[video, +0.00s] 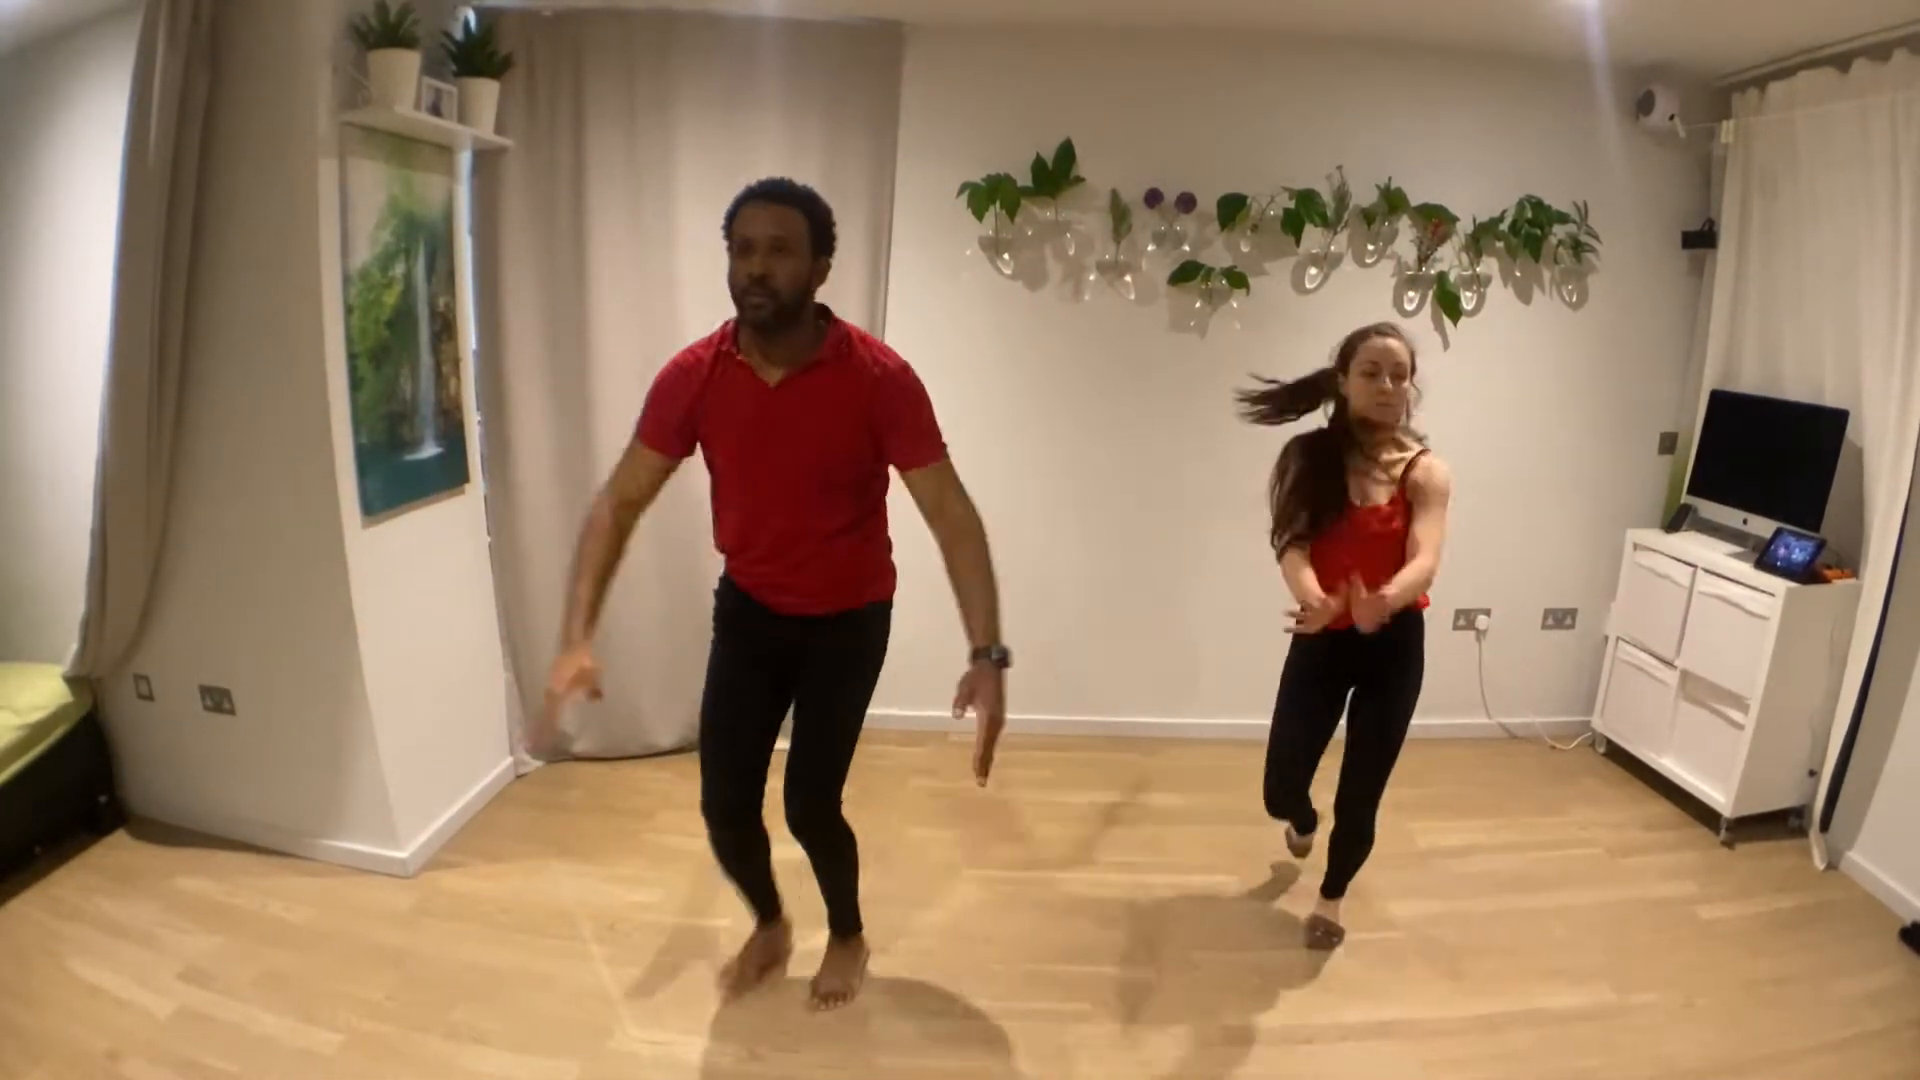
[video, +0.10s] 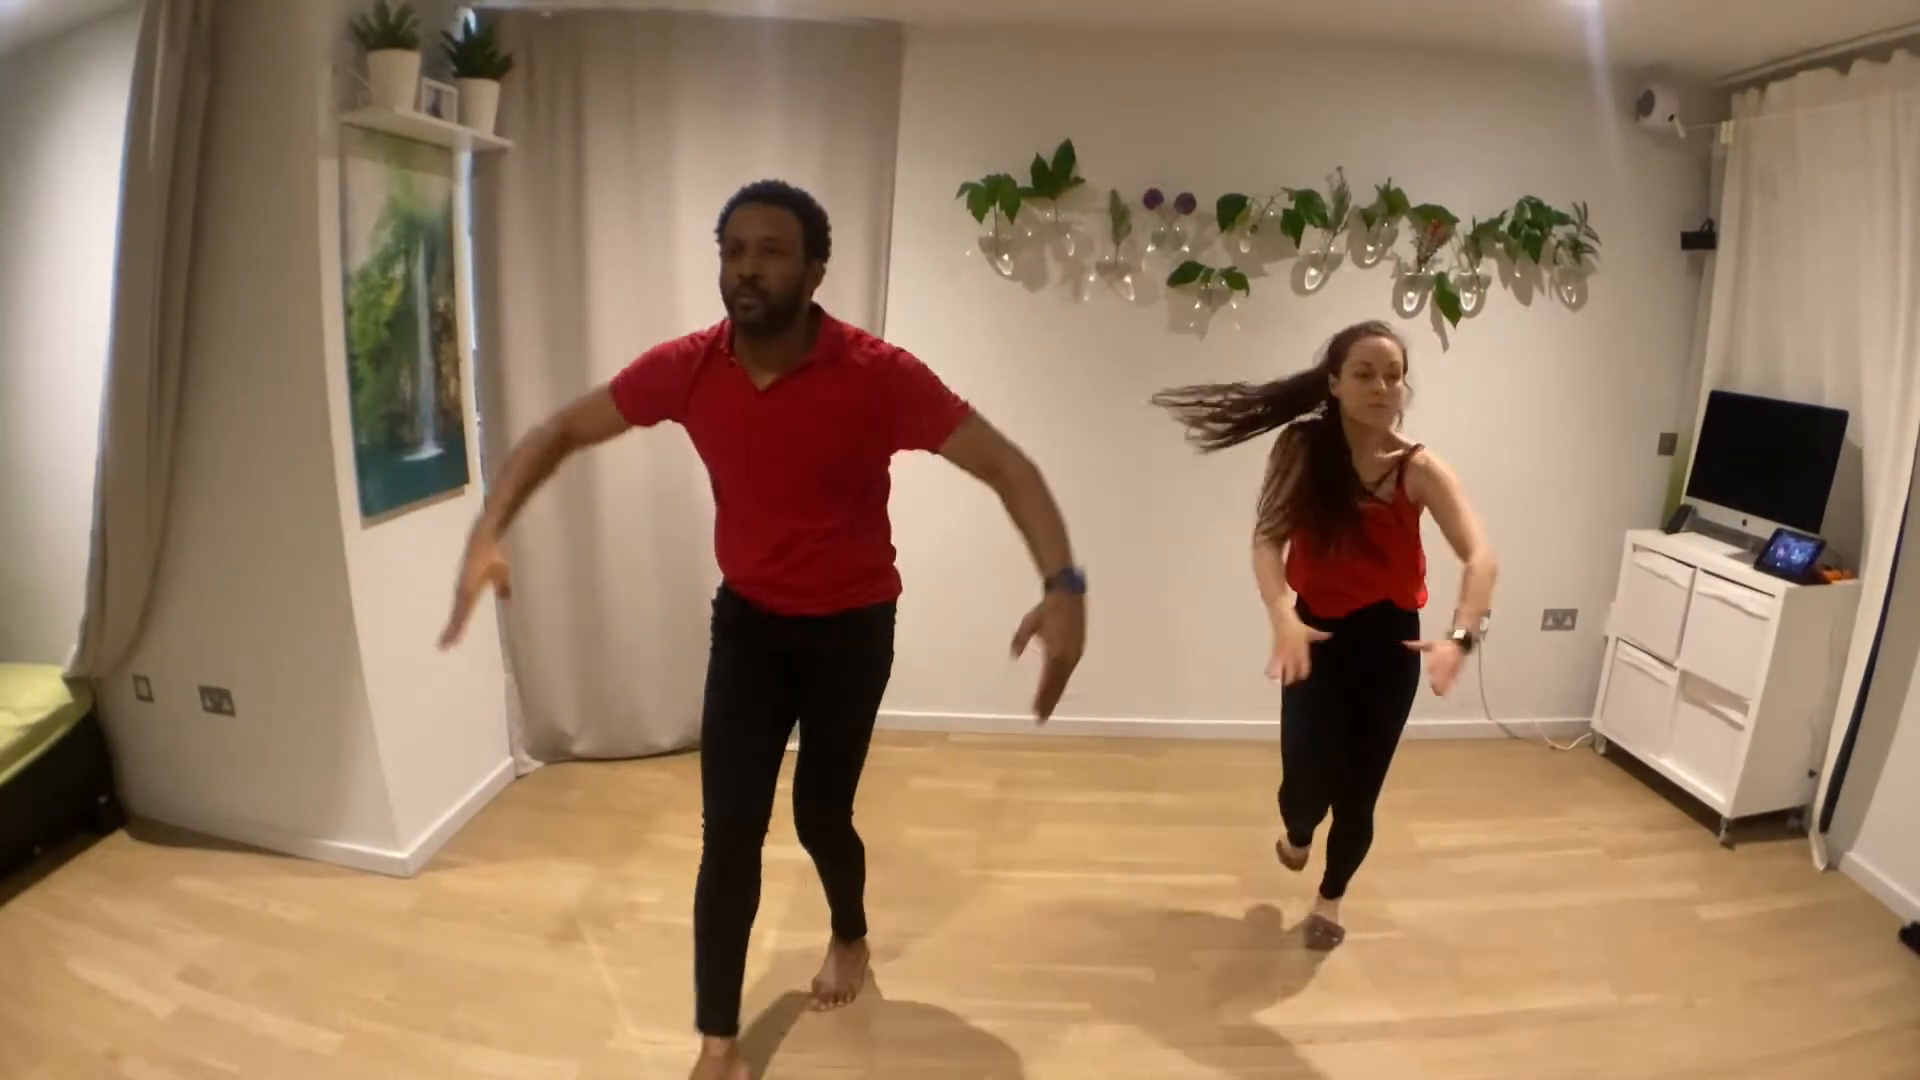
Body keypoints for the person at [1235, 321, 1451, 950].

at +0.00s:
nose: (1386, 386)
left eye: (1399, 376)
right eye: (1371, 373)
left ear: (1412, 388)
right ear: (1342, 382)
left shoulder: (1426, 472)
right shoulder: (1308, 457)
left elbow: (1427, 559)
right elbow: (1291, 545)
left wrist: (1387, 600)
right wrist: (1314, 596)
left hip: (1394, 647)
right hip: (1321, 640)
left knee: (1357, 796)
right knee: (1281, 790)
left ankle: (1332, 899)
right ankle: (1305, 825)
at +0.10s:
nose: (1382, 387)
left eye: (1394, 376)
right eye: (1365, 375)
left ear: (1405, 388)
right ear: (1334, 384)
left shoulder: (1419, 469)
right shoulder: (1300, 449)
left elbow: (1480, 556)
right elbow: (1266, 540)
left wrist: (1461, 639)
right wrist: (1283, 617)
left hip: (1389, 632)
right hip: (1314, 625)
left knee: (1360, 786)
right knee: (1310, 775)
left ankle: (1331, 901)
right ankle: (1298, 832)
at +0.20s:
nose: (1378, 385)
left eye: (1389, 372)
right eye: (1361, 372)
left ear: (1402, 382)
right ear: (1328, 381)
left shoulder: (1420, 462)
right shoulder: (1290, 448)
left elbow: (1521, 516)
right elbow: (1220, 511)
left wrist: (1552, 610)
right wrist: (1193, 585)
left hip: (1387, 639)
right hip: (1312, 634)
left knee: (1356, 793)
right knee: (1315, 782)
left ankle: (1324, 895)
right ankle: (1287, 907)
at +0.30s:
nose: (1375, 387)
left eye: (1386, 374)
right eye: (1357, 374)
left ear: (1396, 382)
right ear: (1320, 381)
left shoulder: (1410, 456)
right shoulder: (1281, 442)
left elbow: (1529, 486)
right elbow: (1189, 481)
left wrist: (1593, 559)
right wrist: (1124, 534)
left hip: (1386, 652)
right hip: (1309, 650)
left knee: (1350, 808)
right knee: (1297, 813)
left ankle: (1313, 894)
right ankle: (1259, 977)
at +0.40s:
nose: (1366, 388)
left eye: (1377, 374)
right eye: (1348, 374)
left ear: (1390, 384)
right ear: (1313, 385)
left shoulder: (1401, 451)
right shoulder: (1277, 445)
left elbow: (1514, 468)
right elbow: (1175, 458)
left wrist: (1594, 515)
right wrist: (1085, 482)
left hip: (1382, 662)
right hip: (1303, 663)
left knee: (1346, 816)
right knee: (1287, 835)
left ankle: (1307, 894)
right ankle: (1240, 1008)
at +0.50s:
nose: (1358, 392)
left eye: (1369, 378)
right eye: (1341, 378)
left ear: (1382, 388)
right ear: (1303, 388)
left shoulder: (1390, 452)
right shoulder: (1264, 447)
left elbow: (1494, 459)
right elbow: (1159, 450)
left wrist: (1585, 485)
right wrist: (1050, 448)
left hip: (1371, 668)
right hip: (1290, 670)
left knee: (1339, 828)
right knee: (1276, 856)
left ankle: (1302, 892)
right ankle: (1233, 1010)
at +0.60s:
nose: (1349, 397)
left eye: (1360, 384)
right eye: (1330, 384)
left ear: (1373, 395)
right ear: (1292, 394)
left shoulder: (1380, 467)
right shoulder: (1253, 463)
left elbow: (1476, 465)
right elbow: (1136, 452)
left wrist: (1571, 472)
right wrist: (1035, 428)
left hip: (1355, 682)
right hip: (1272, 684)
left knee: (1335, 835)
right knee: (1258, 863)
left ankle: (1297, 887)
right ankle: (1233, 1014)